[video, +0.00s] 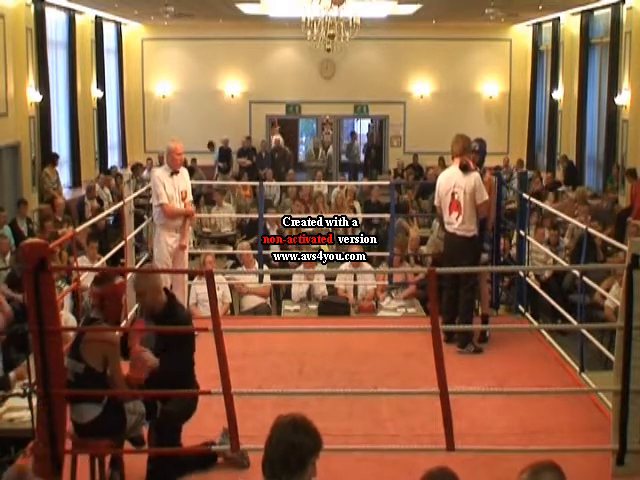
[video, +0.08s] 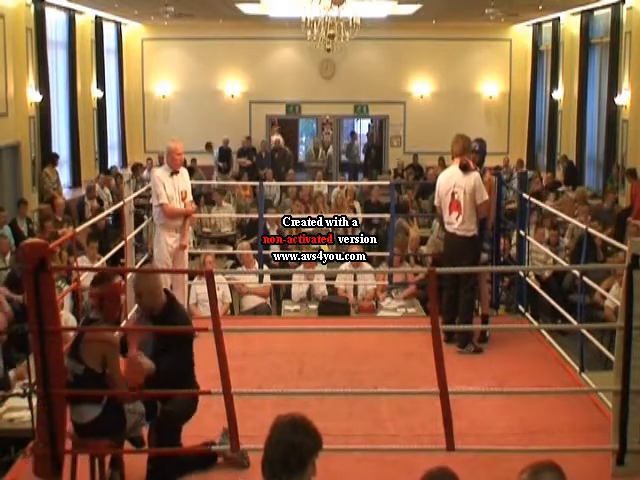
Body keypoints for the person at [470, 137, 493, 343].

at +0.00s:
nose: (473, 157)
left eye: (477, 153)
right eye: (471, 152)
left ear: (483, 155)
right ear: (467, 153)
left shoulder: (489, 179)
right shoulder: (463, 176)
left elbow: (491, 207)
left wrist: (491, 228)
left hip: (484, 232)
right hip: (466, 231)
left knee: (484, 276)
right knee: (466, 278)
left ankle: (484, 321)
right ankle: (463, 321)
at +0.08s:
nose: (473, 157)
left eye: (477, 153)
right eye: (471, 152)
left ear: (483, 155)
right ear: (467, 153)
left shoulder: (489, 179)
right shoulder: (463, 176)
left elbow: (491, 207)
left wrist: (491, 227)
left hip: (484, 231)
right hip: (466, 231)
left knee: (484, 276)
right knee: (466, 277)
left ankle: (484, 321)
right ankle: (463, 321)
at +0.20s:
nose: (473, 158)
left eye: (477, 153)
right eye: (471, 153)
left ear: (483, 156)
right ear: (467, 153)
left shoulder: (489, 179)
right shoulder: (462, 176)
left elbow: (491, 207)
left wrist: (491, 228)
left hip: (484, 231)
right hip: (466, 231)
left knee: (484, 276)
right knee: (466, 278)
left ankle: (484, 321)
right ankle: (462, 321)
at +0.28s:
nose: (473, 157)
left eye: (477, 153)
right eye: (472, 152)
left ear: (483, 156)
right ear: (467, 153)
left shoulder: (489, 179)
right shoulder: (462, 176)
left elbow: (492, 207)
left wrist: (491, 227)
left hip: (484, 231)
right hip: (465, 231)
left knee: (484, 276)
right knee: (465, 277)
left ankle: (484, 321)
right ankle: (462, 321)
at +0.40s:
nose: (474, 157)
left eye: (477, 153)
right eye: (472, 152)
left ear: (484, 155)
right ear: (467, 153)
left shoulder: (489, 179)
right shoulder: (462, 176)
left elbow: (492, 205)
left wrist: (491, 227)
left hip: (483, 230)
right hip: (465, 230)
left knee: (484, 275)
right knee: (465, 277)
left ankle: (484, 321)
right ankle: (461, 321)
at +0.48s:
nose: (473, 157)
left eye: (477, 153)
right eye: (472, 152)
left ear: (483, 156)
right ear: (467, 153)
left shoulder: (489, 179)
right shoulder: (461, 176)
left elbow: (492, 206)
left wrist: (490, 226)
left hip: (483, 230)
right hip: (464, 230)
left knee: (483, 276)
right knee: (464, 277)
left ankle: (484, 321)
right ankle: (461, 321)